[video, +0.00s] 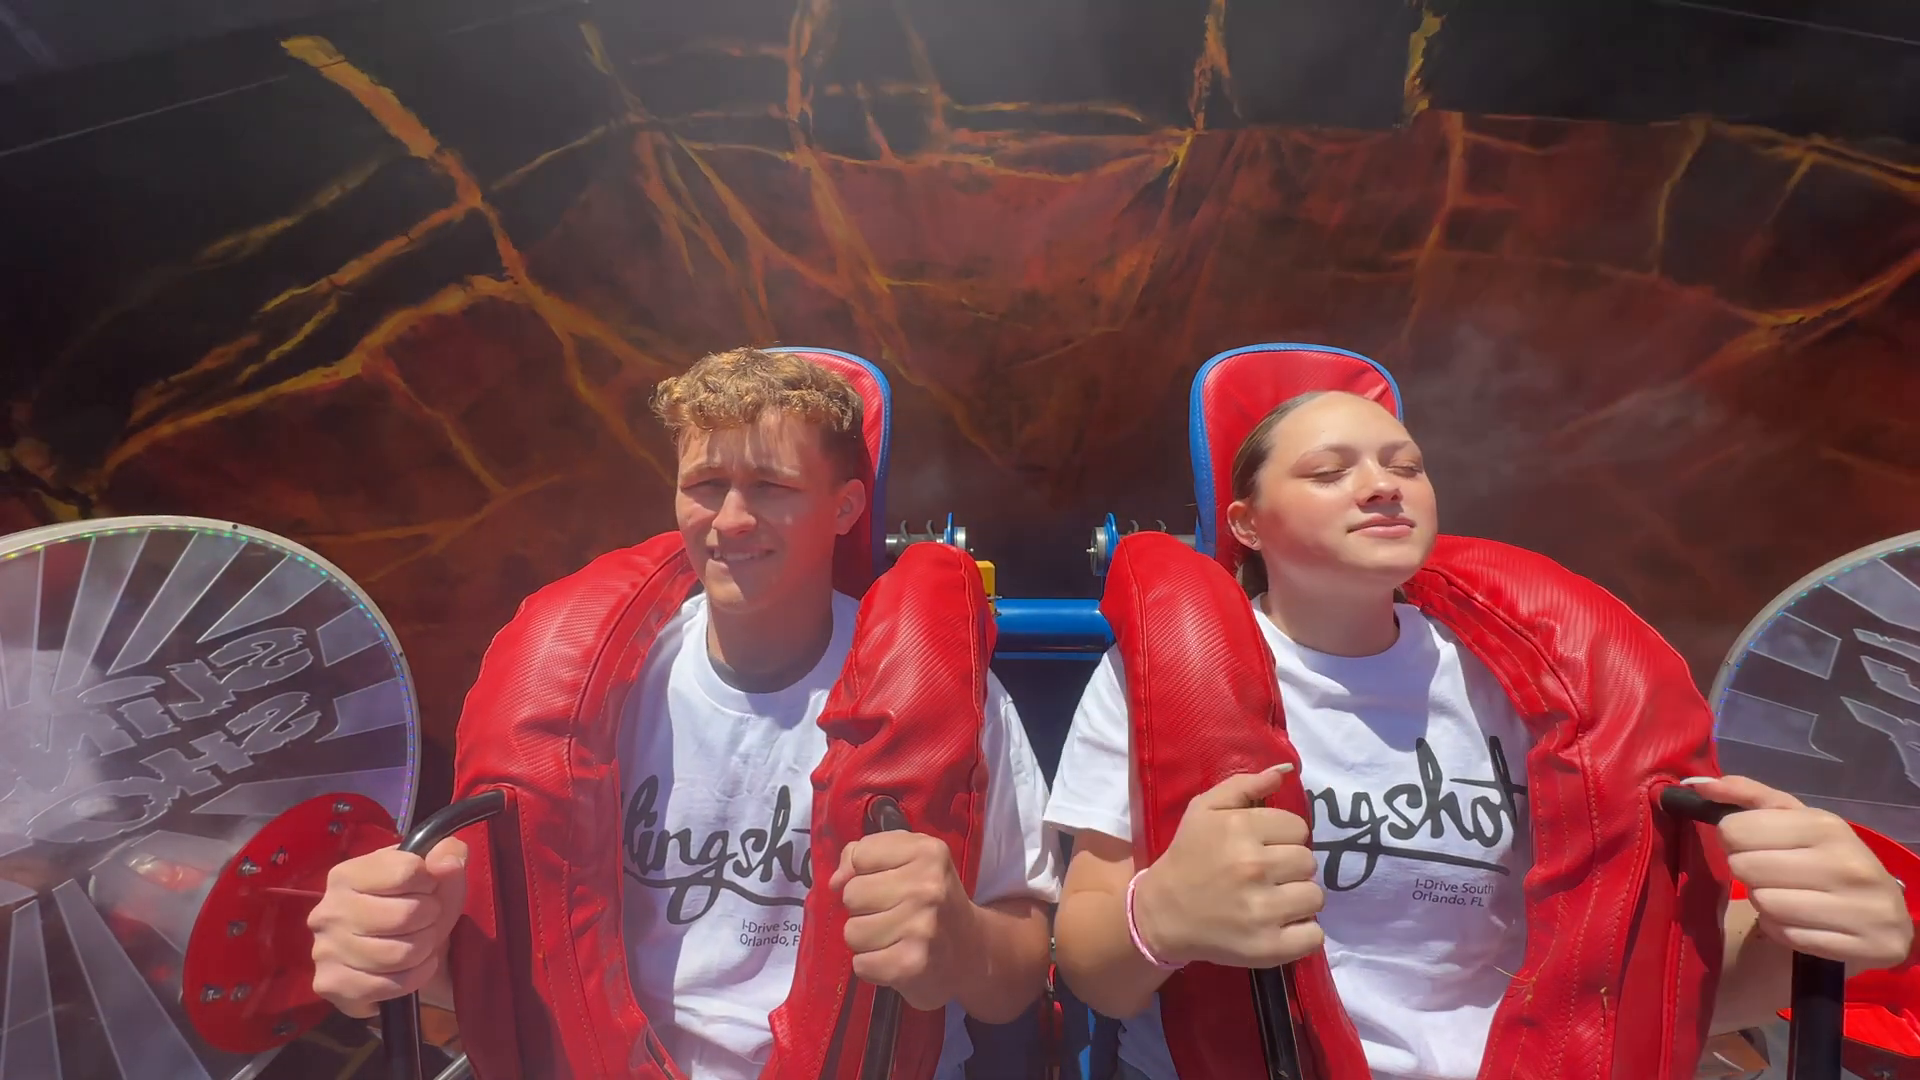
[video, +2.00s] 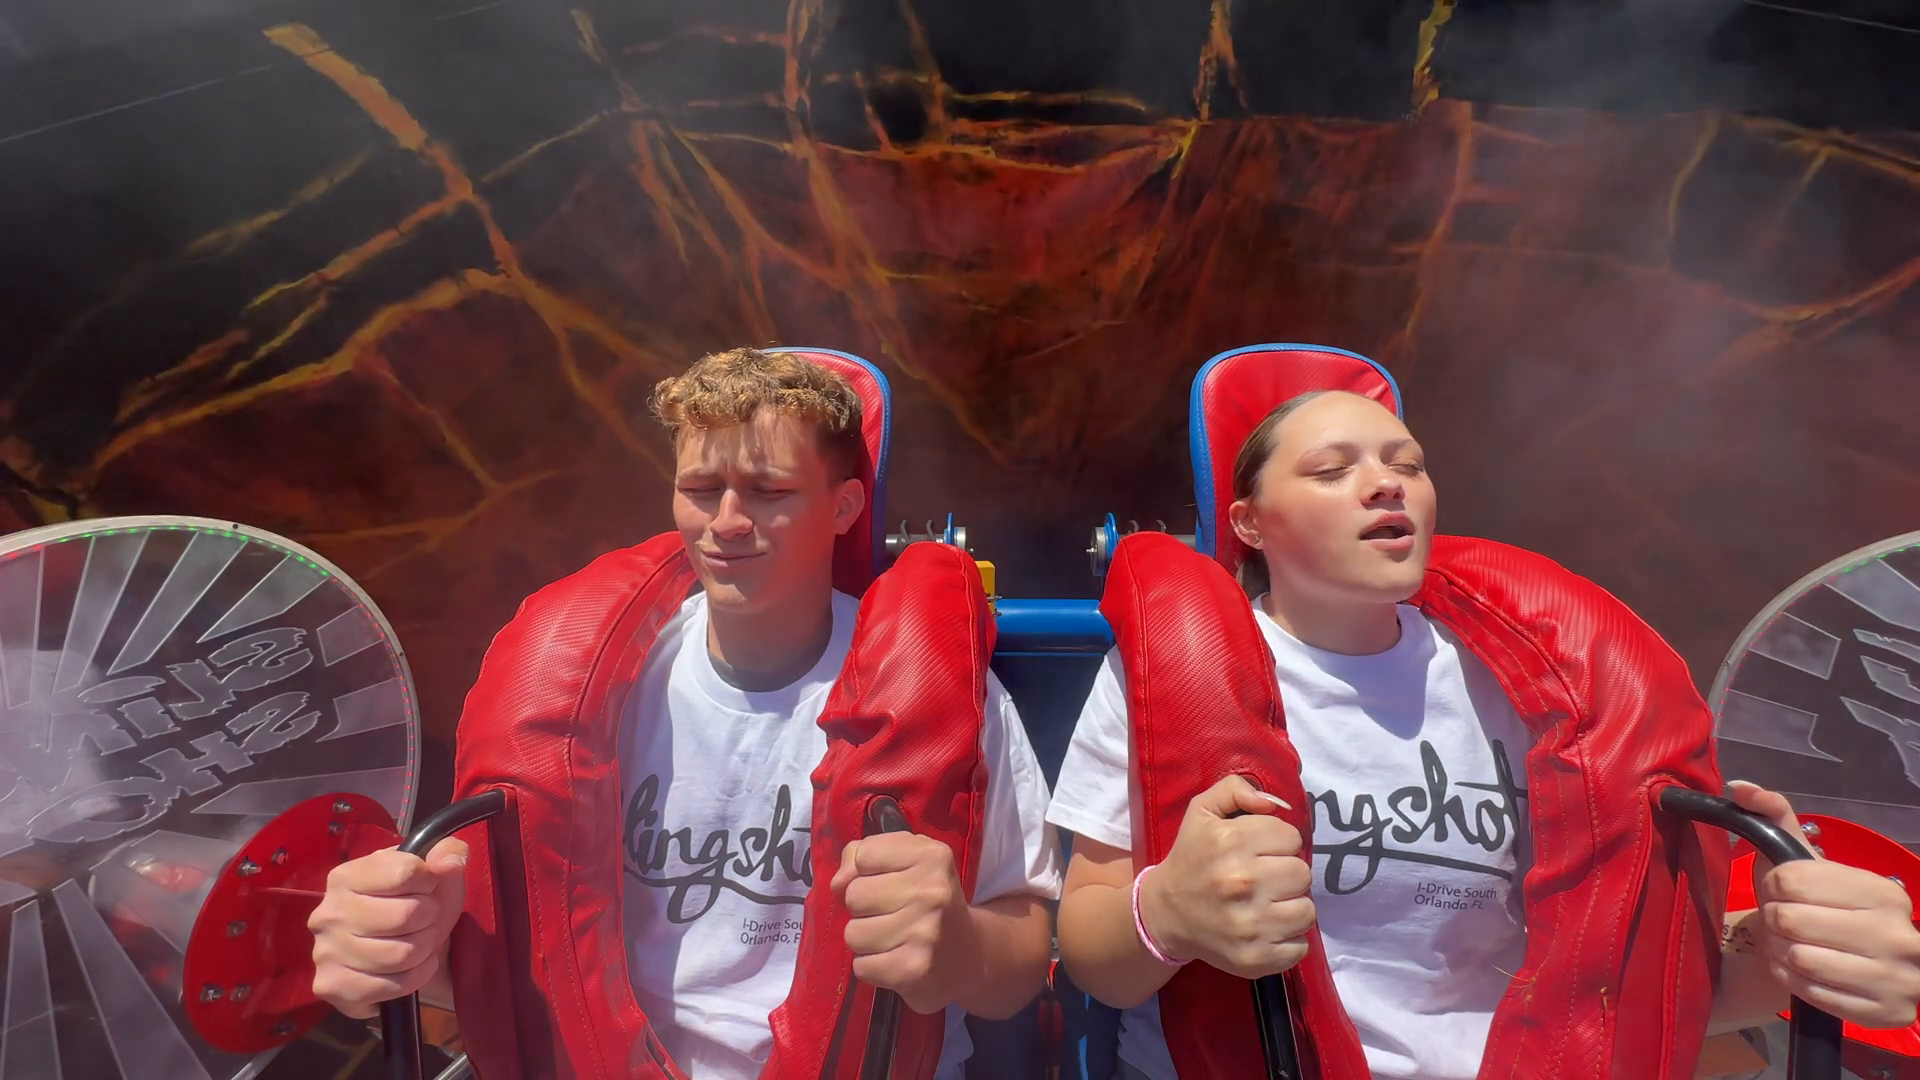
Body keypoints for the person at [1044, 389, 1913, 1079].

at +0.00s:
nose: (1382, 483)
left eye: (1400, 458)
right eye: (1327, 468)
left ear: (1431, 489)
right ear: (1243, 521)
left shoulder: (1533, 666)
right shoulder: (1168, 666)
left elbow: (1658, 971)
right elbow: (1085, 966)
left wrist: (1872, 919)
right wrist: (1153, 918)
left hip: (1518, 1066)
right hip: (1287, 1066)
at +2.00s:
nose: (1386, 483)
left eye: (1402, 459)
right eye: (1331, 467)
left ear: (1432, 493)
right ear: (1245, 522)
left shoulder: (1529, 664)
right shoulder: (1172, 663)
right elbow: (1083, 954)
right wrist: (1162, 912)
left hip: (1510, 1055)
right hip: (1291, 1055)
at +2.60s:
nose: (1385, 478)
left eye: (1401, 455)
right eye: (1329, 463)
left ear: (1432, 491)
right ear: (1244, 522)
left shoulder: (1529, 668)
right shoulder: (1173, 666)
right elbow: (1085, 955)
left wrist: (1756, 937)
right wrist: (1161, 911)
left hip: (1510, 1068)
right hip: (1291, 1066)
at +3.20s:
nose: (1385, 480)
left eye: (1401, 455)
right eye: (1330, 466)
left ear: (1432, 485)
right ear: (1244, 522)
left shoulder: (1524, 662)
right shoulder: (1174, 662)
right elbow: (1087, 955)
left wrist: (1725, 868)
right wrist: (1162, 911)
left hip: (1504, 1066)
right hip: (1285, 1064)